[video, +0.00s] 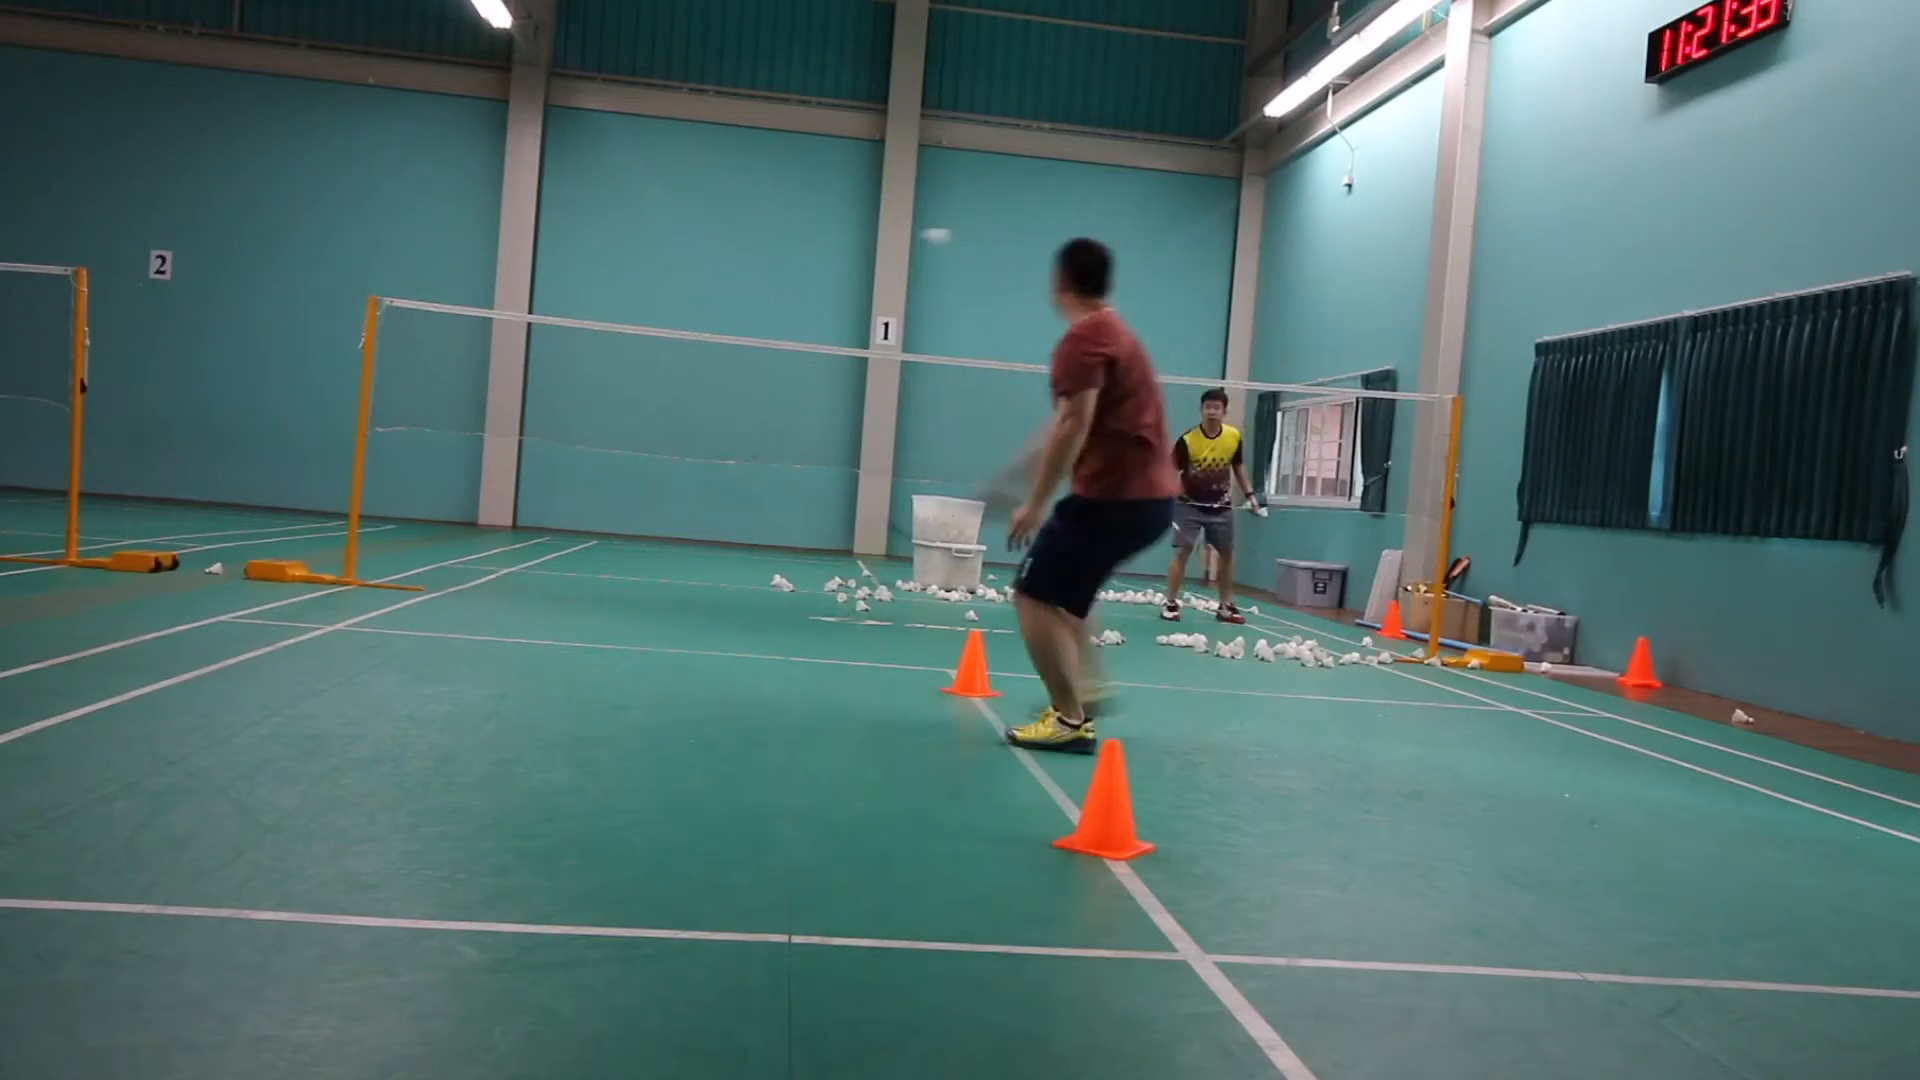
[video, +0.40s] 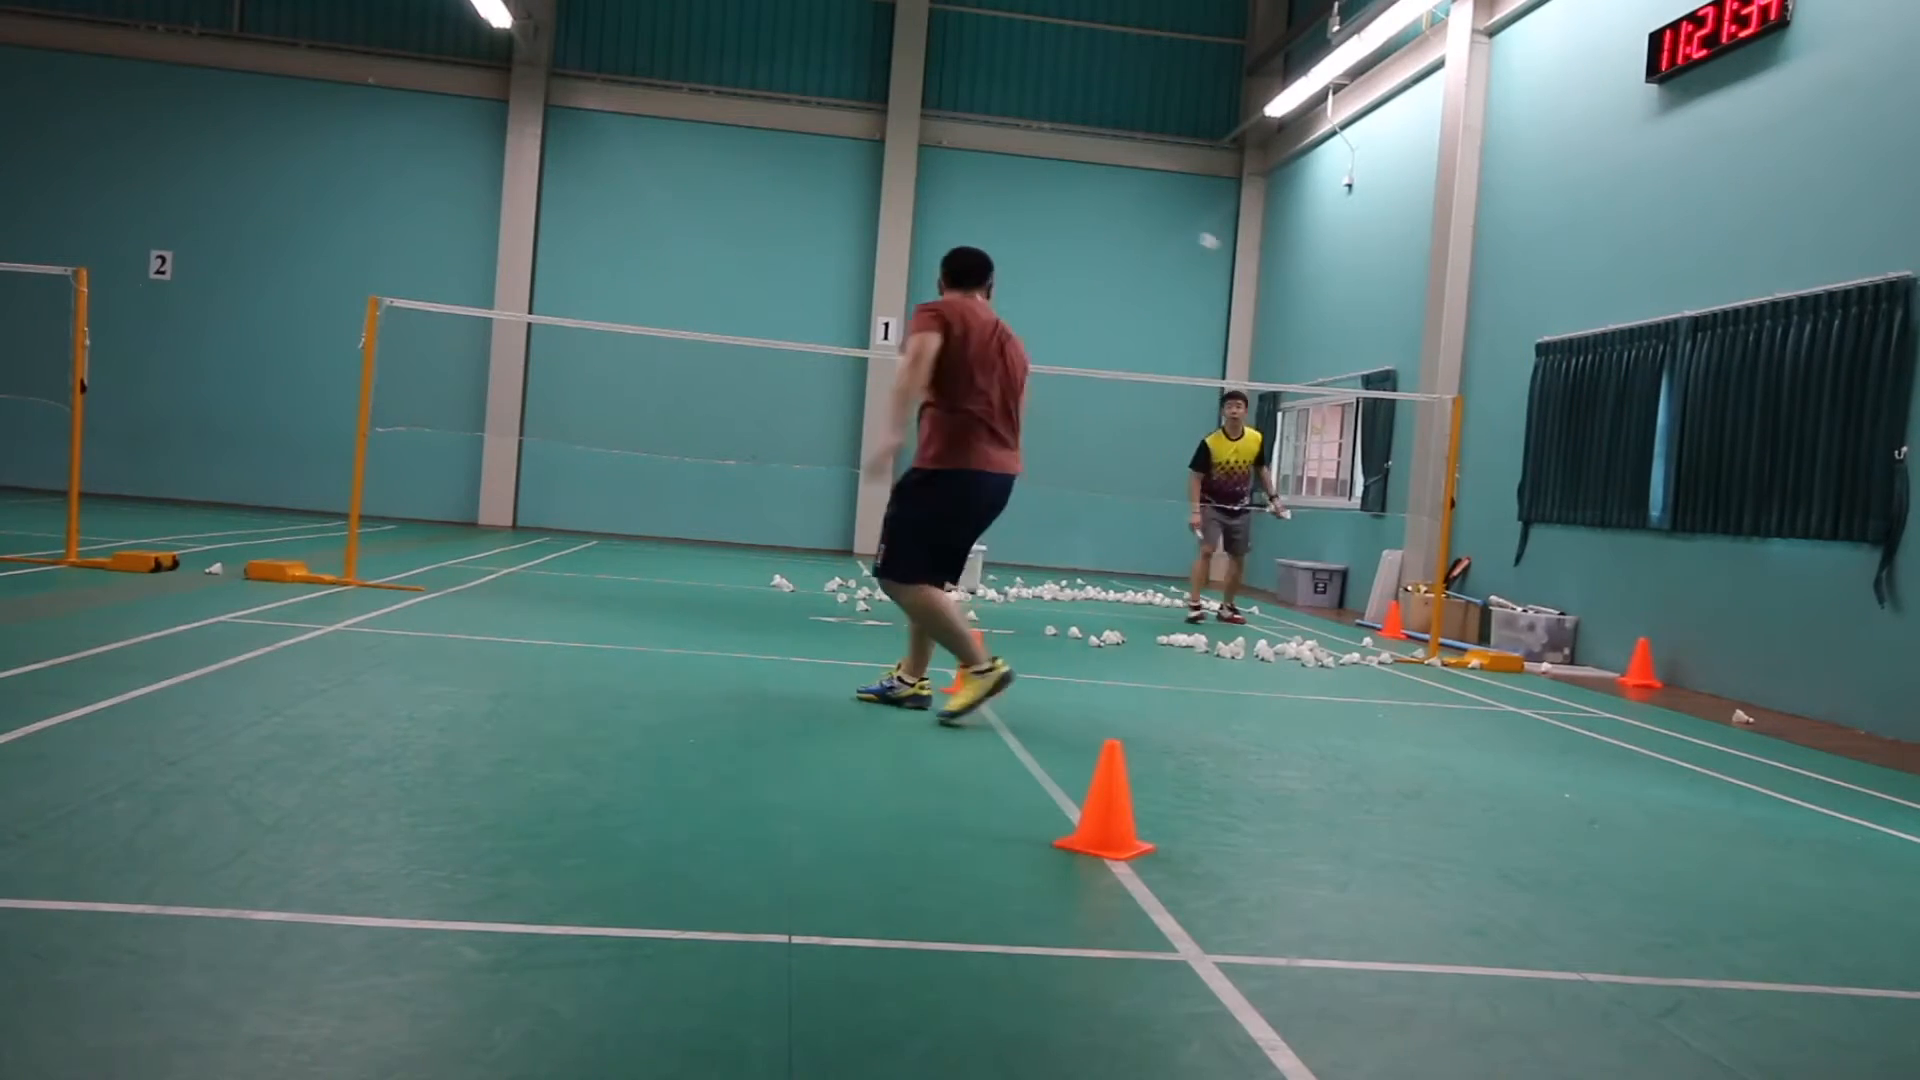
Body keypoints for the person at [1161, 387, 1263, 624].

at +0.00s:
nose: (1212, 412)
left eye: (1217, 408)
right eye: (1208, 407)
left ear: (1224, 411)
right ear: (1201, 410)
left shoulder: (1234, 438)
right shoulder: (1186, 441)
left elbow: (1238, 467)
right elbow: (1171, 473)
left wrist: (1250, 495)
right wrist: (1179, 496)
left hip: (1221, 507)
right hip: (1190, 505)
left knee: (1226, 554)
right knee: (1182, 552)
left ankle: (1226, 605)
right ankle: (1171, 601)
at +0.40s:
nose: (1234, 411)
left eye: (1239, 407)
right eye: (1229, 407)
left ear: (1245, 412)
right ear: (1223, 411)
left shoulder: (1256, 439)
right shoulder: (1209, 443)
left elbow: (1262, 469)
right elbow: (1196, 478)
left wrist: (1273, 498)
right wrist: (1195, 512)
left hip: (1240, 509)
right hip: (1212, 507)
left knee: (1238, 559)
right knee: (1207, 551)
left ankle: (1227, 606)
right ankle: (1195, 603)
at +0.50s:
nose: (1242, 412)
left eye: (1246, 408)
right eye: (1237, 407)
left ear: (1250, 412)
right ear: (1228, 411)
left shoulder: (1255, 439)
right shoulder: (1214, 442)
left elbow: (1257, 469)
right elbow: (1204, 480)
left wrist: (1272, 496)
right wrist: (1222, 507)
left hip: (1236, 504)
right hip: (1210, 503)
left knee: (1234, 556)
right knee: (1211, 552)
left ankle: (1227, 605)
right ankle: (1200, 605)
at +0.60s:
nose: (1249, 409)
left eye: (1252, 405)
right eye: (1243, 404)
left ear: (1255, 410)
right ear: (1232, 408)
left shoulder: (1252, 438)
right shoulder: (1221, 435)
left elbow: (1249, 467)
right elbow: (1215, 462)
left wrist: (1263, 493)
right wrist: (1241, 483)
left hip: (1233, 502)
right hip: (1209, 500)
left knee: (1232, 553)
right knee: (1211, 551)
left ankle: (1227, 604)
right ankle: (1201, 605)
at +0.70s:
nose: (1255, 409)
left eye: (1258, 404)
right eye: (1250, 403)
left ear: (1260, 409)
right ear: (1237, 406)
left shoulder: (1249, 436)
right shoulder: (1225, 427)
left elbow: (1237, 472)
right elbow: (1232, 424)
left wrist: (1251, 492)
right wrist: (1249, 414)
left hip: (1229, 501)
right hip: (1208, 499)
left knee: (1231, 552)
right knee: (1211, 551)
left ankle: (1225, 603)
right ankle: (1201, 606)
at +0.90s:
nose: (1257, 403)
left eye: (1261, 400)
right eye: (1252, 398)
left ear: (1262, 408)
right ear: (1242, 402)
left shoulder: (1250, 434)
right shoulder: (1228, 424)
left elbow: (1247, 468)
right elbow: (1224, 412)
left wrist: (1245, 496)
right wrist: (1242, 392)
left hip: (1234, 497)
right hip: (1214, 495)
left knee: (1225, 553)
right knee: (1213, 552)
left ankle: (1220, 603)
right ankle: (1200, 604)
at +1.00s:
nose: (1257, 406)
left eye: (1261, 403)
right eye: (1253, 401)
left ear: (1263, 410)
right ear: (1240, 403)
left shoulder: (1253, 437)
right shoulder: (1227, 432)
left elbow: (1250, 469)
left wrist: (1252, 497)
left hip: (1238, 503)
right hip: (1221, 501)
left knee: (1227, 556)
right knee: (1215, 556)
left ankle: (1220, 601)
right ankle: (1206, 603)